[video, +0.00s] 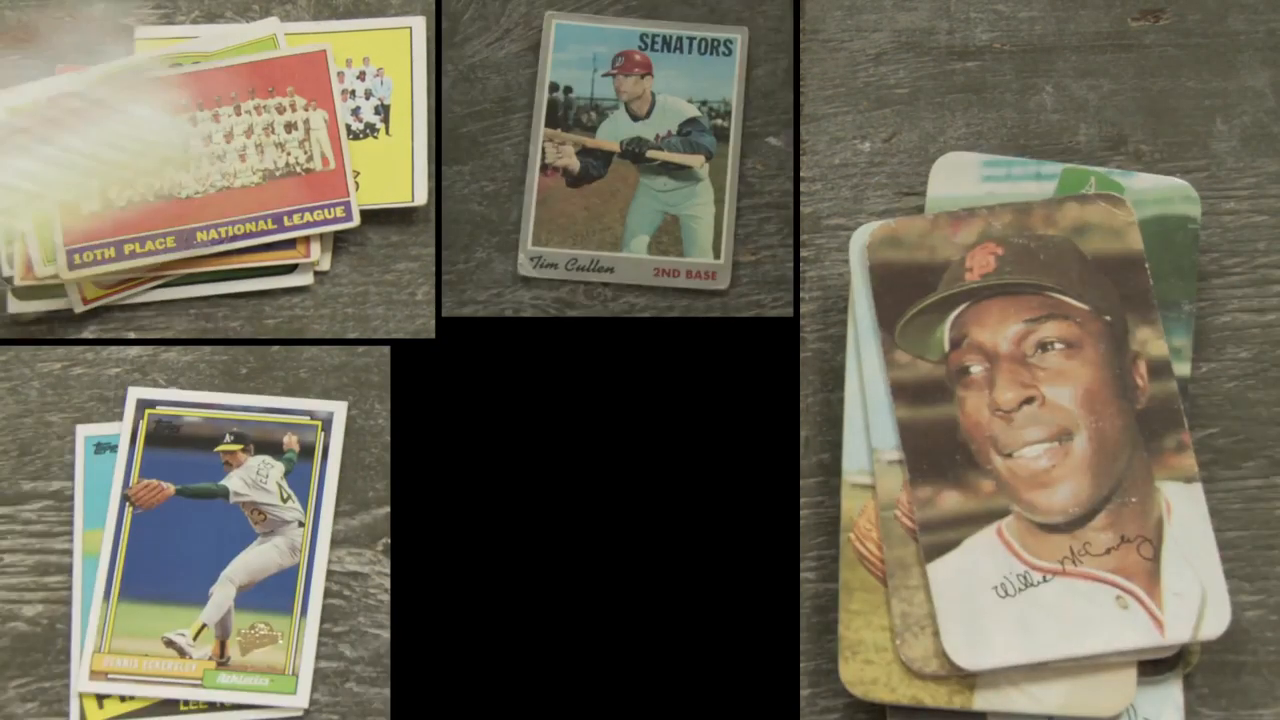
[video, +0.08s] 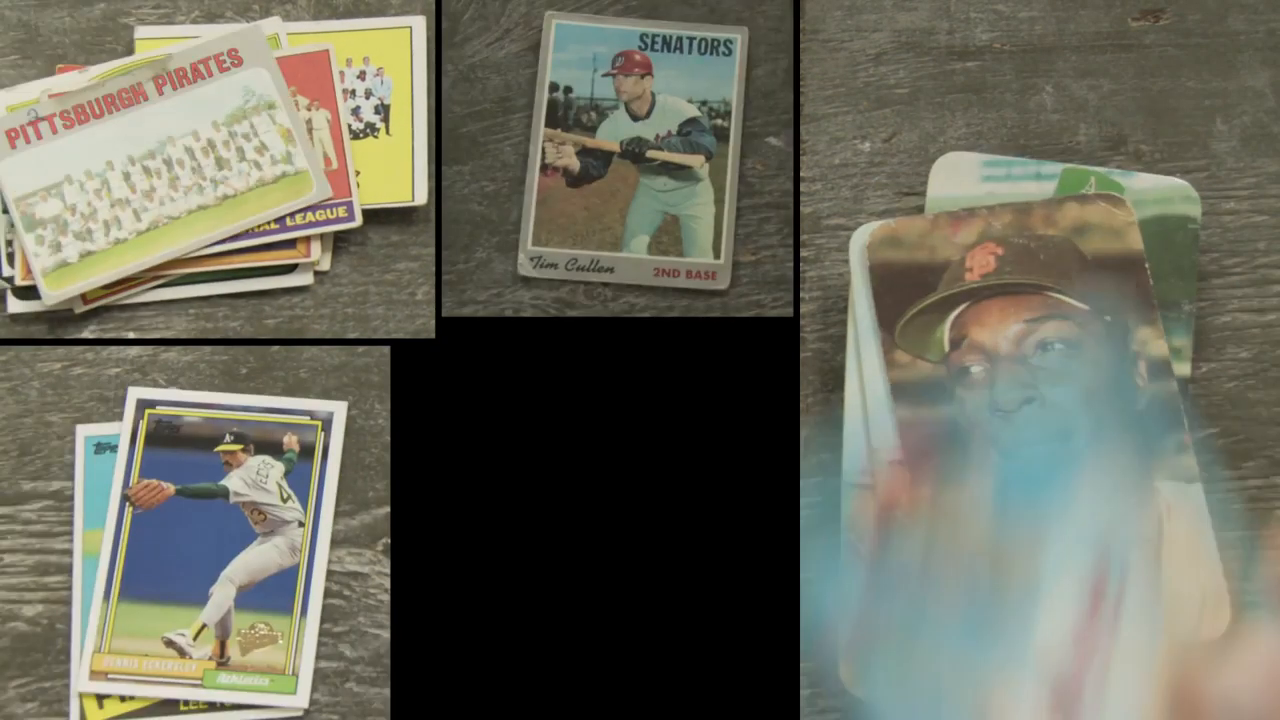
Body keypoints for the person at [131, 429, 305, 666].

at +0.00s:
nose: (225, 458)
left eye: (230, 453)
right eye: (223, 453)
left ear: (247, 452)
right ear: (222, 453)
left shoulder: (246, 475)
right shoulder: (266, 462)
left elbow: (218, 490)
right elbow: (288, 462)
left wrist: (174, 489)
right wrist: (292, 449)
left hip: (290, 537)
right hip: (270, 537)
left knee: (230, 577)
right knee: (218, 591)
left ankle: (190, 637)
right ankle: (221, 653)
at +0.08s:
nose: (225, 458)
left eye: (231, 453)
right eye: (223, 453)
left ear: (247, 452)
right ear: (222, 453)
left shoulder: (247, 474)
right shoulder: (266, 462)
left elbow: (218, 490)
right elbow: (288, 462)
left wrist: (174, 489)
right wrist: (292, 449)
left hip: (290, 537)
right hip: (269, 537)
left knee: (231, 577)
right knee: (219, 592)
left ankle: (190, 638)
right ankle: (220, 654)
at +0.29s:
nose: (198, 503)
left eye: (204, 498)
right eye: (194, 497)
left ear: (214, 504)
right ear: (187, 497)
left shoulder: (214, 536)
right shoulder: (166, 523)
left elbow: (232, 576)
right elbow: (126, 515)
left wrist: (212, 577)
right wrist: (88, 508)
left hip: (192, 591)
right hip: (161, 590)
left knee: (173, 606)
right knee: (147, 643)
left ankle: (165, 672)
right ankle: (158, 660)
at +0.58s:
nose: (209, 499)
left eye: (215, 498)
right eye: (208, 493)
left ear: (217, 507)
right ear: (199, 495)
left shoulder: (220, 539)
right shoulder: (170, 523)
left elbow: (235, 578)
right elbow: (128, 513)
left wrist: (214, 576)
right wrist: (140, 495)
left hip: (199, 609)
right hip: (165, 605)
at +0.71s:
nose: (129, 498)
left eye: (133, 494)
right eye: (125, 495)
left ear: (144, 495)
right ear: (122, 498)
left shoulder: (166, 510)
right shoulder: (127, 524)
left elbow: (194, 524)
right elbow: (110, 539)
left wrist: (209, 539)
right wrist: (97, 512)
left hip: (173, 568)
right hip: (146, 574)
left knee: (159, 598)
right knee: (147, 617)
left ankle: (141, 657)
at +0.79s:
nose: (129, 498)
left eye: (133, 494)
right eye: (126, 495)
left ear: (144, 495)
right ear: (122, 498)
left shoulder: (166, 510)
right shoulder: (128, 524)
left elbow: (194, 524)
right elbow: (111, 539)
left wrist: (209, 539)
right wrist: (97, 511)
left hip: (173, 568)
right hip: (146, 574)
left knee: (159, 598)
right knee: (146, 615)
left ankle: (141, 657)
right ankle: (155, 635)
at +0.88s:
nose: (129, 498)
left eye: (133, 494)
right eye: (126, 495)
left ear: (144, 495)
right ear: (122, 498)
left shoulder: (165, 510)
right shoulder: (127, 524)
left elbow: (194, 524)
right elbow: (111, 539)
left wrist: (209, 539)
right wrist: (97, 511)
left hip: (173, 568)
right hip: (146, 574)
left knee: (159, 598)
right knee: (146, 615)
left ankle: (141, 657)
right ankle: (156, 637)